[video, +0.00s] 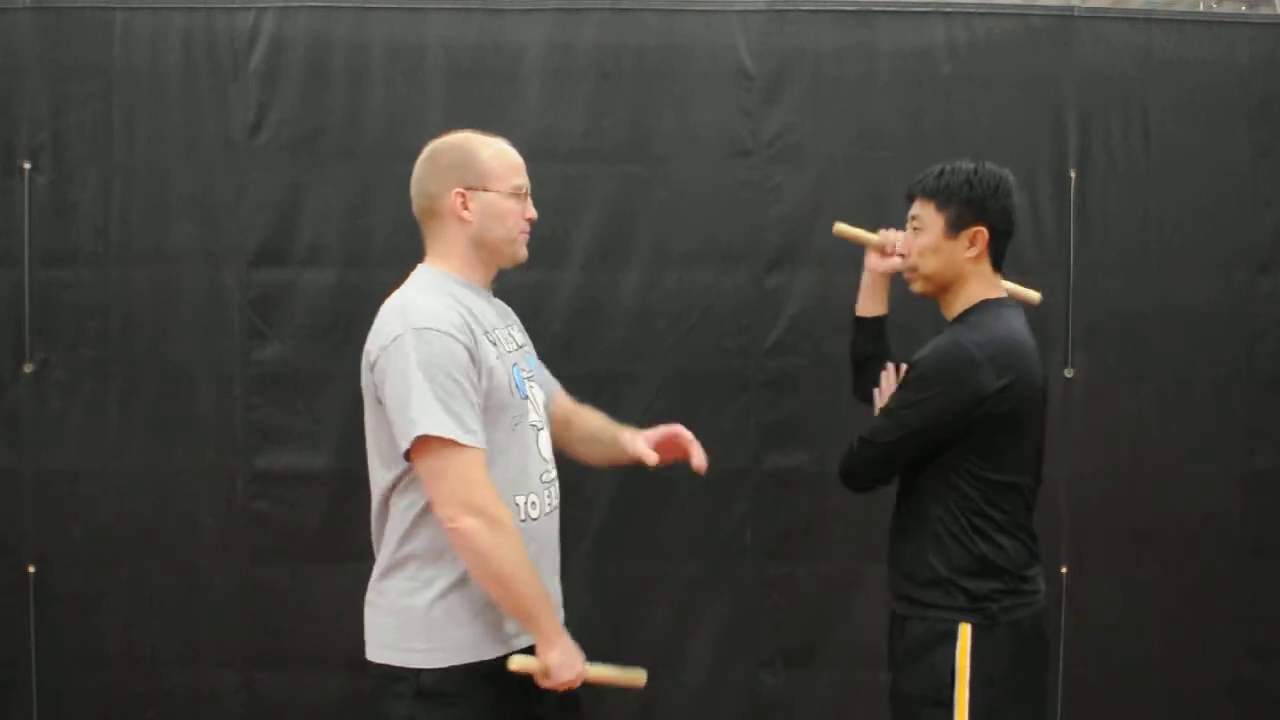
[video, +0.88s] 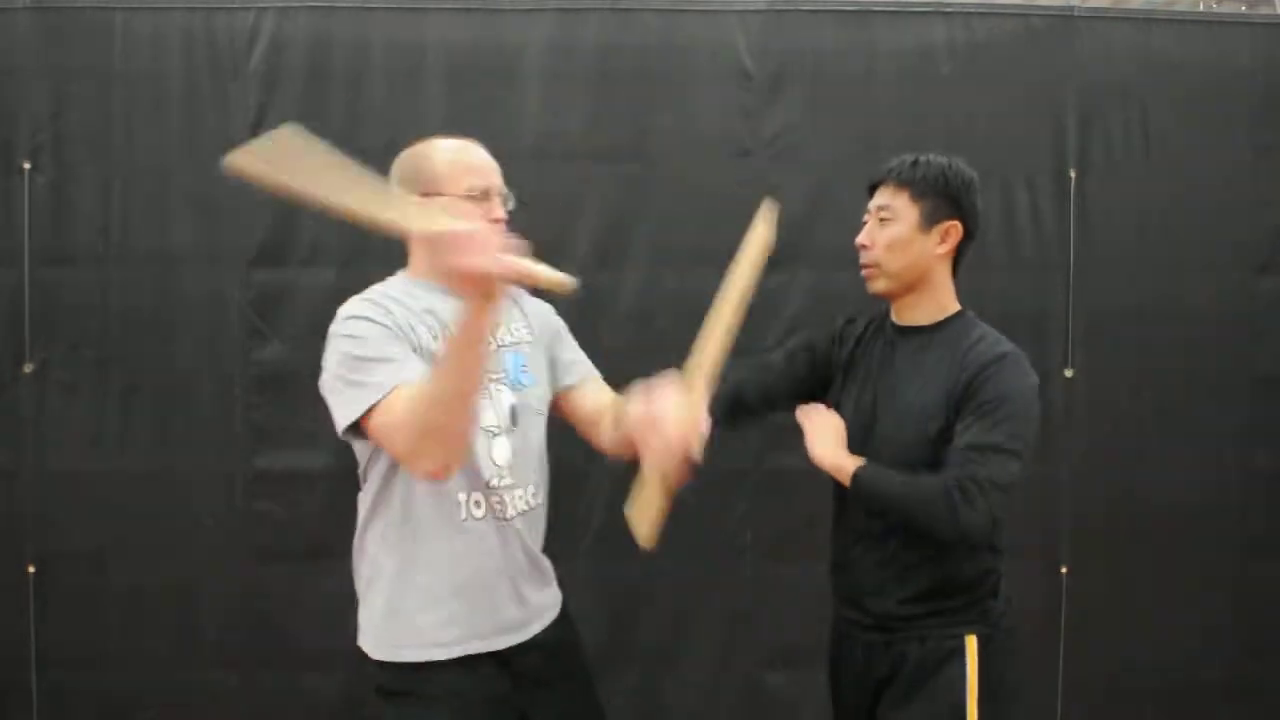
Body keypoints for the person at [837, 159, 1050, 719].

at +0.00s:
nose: (904, 246)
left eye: (918, 230)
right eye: (908, 229)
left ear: (974, 242)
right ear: (970, 245)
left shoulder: (967, 352)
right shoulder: (1001, 334)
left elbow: (860, 469)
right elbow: (873, 388)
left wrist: (886, 414)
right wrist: (875, 279)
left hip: (964, 620)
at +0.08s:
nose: (899, 246)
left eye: (916, 230)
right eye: (905, 229)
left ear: (973, 244)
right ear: (966, 245)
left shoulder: (978, 355)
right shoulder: (970, 339)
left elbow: (863, 479)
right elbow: (848, 379)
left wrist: (871, 430)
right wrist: (854, 270)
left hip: (963, 629)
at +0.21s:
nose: (895, 247)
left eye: (912, 228)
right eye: (900, 228)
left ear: (971, 244)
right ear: (966, 246)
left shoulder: (998, 363)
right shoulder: (934, 352)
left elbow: (878, 492)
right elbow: (806, 378)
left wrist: (855, 445)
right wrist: (792, 265)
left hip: (968, 650)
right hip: (919, 642)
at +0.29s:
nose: (889, 243)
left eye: (908, 225)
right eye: (896, 225)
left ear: (969, 241)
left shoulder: (1004, 366)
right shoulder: (911, 354)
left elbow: (896, 497)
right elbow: (779, 375)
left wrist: (847, 457)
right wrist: (740, 263)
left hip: (967, 651)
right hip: (903, 644)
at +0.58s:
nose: (868, 240)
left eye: (890, 220)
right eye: (873, 221)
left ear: (952, 238)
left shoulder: (1001, 367)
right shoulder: (861, 350)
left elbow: (935, 515)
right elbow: (733, 351)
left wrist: (839, 474)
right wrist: (672, 263)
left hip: (957, 653)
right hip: (871, 646)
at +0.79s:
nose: (862, 238)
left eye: (883, 219)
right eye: (866, 221)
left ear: (946, 236)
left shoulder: (996, 370)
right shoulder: (848, 343)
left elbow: (965, 520)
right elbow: (743, 351)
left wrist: (845, 480)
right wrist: (652, 332)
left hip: (948, 646)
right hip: (861, 638)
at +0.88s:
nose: (861, 240)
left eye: (884, 220)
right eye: (866, 221)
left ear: (945, 237)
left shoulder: (996, 369)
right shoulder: (853, 343)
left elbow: (967, 508)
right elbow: (755, 385)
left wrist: (843, 464)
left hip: (947, 647)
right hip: (858, 638)